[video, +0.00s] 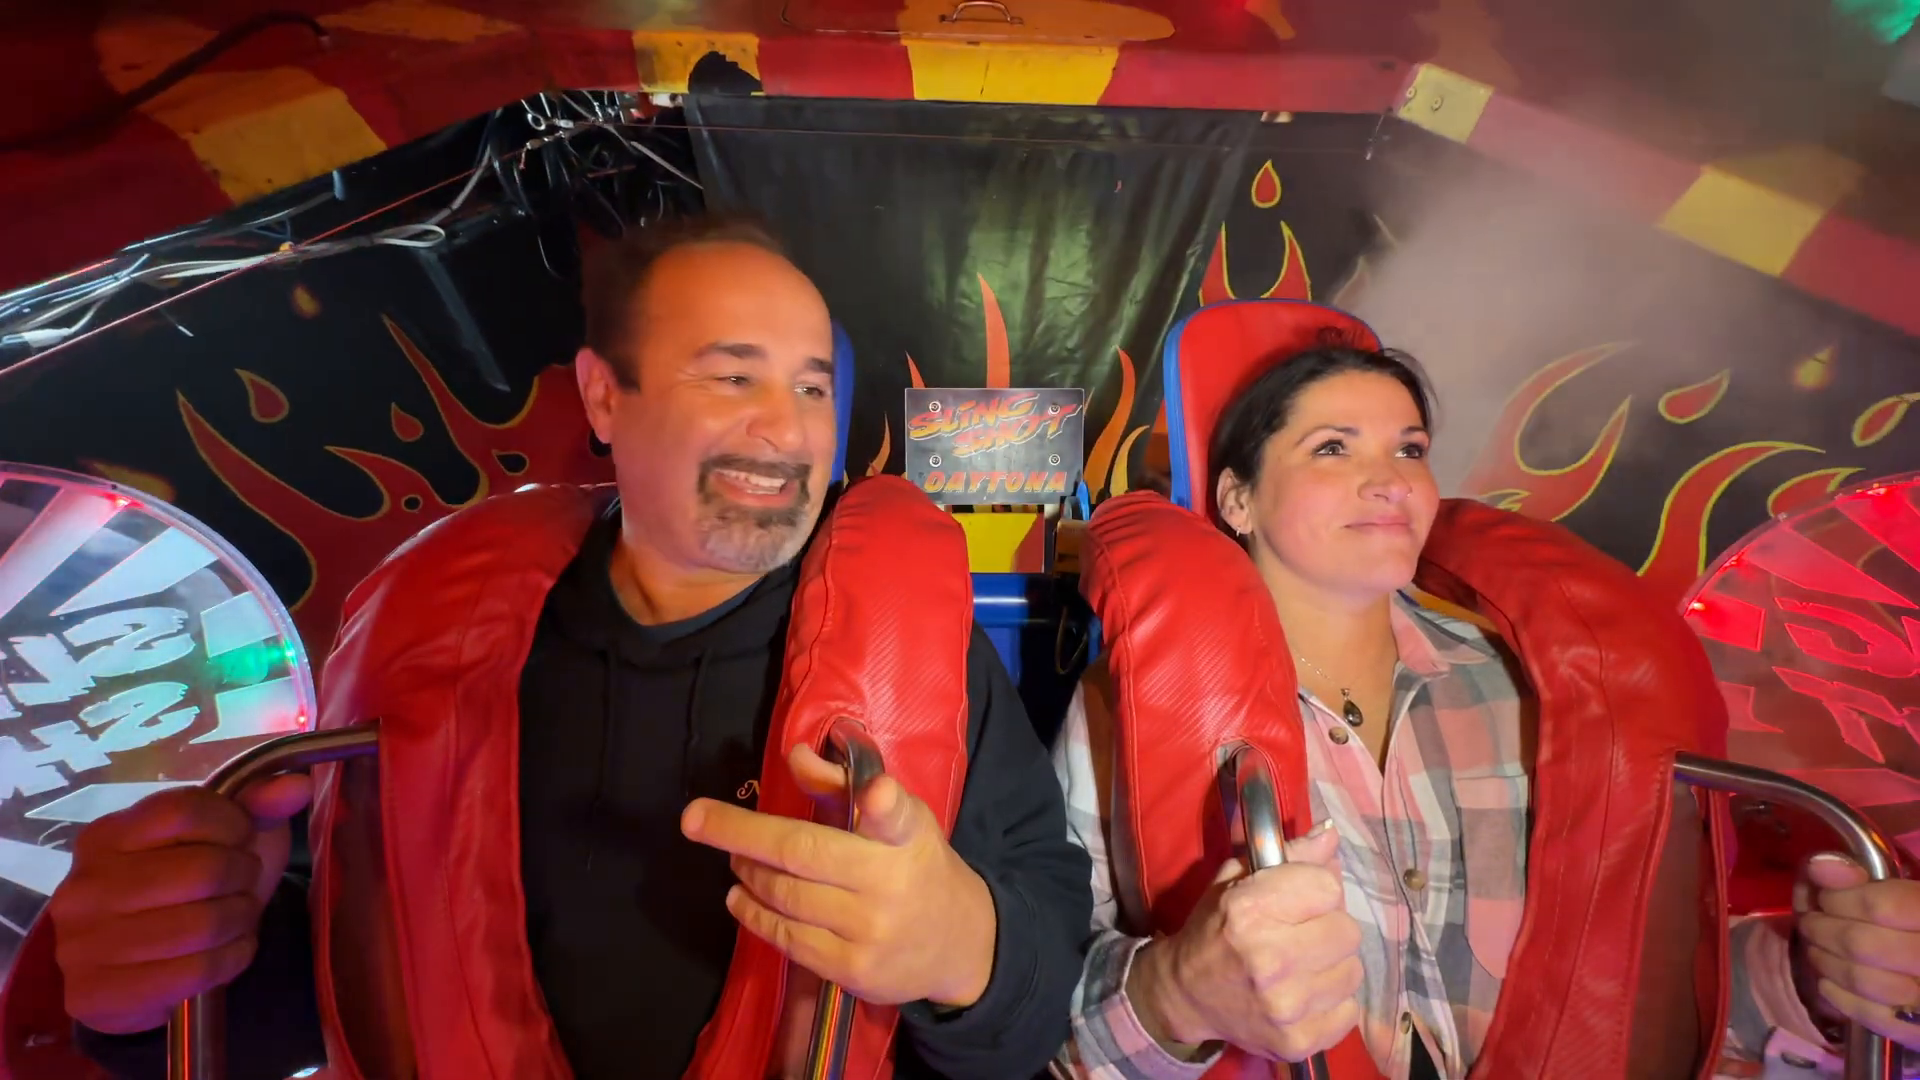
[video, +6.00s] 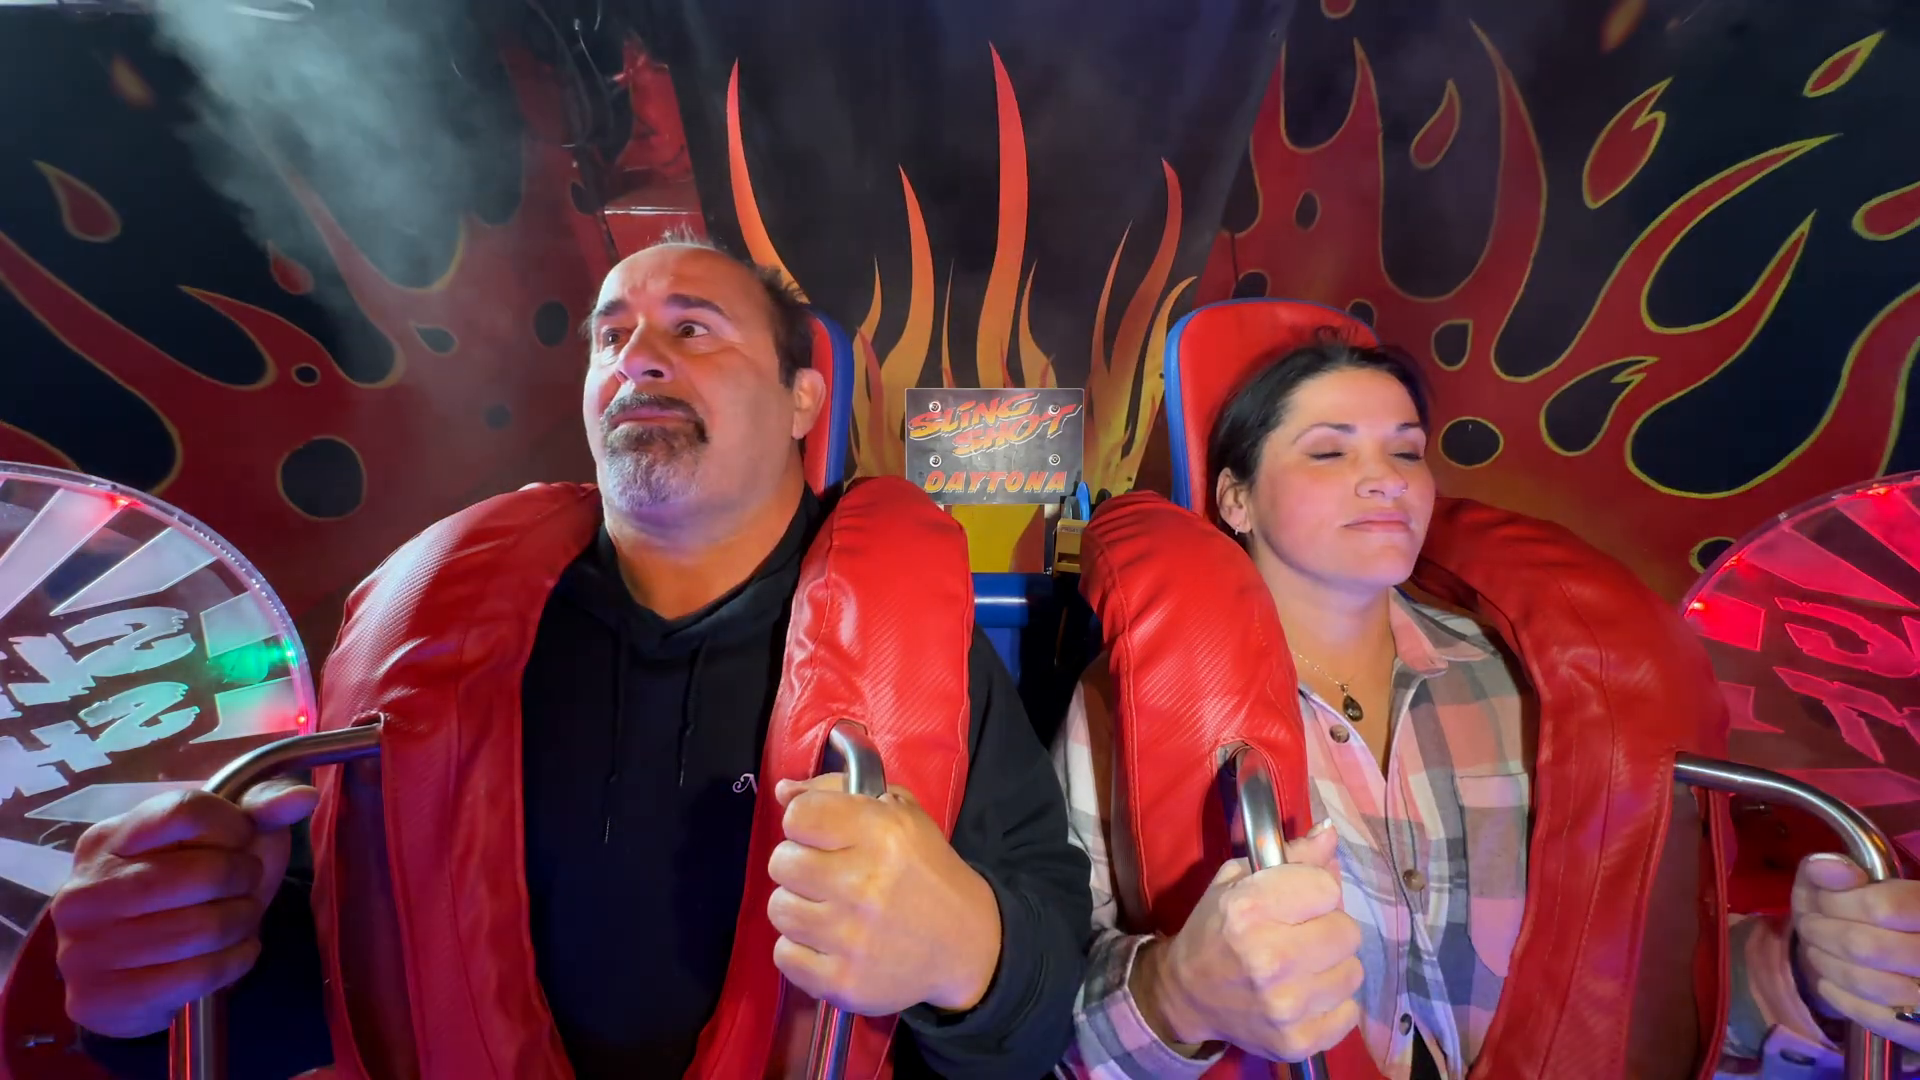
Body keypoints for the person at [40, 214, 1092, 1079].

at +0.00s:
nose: (784, 426)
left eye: (813, 386)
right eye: (730, 375)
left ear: (839, 421)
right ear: (604, 404)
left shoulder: (927, 664)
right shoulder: (433, 628)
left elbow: (1042, 1002)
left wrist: (972, 949)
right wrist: (112, 976)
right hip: (482, 1061)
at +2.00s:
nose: (674, 403)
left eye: (728, 362)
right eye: (629, 366)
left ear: (805, 418)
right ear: (572, 426)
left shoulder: (927, 654)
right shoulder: (416, 634)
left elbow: (1044, 1012)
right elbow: (295, 990)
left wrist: (980, 949)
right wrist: (109, 985)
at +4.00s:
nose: (623, 478)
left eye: (680, 419)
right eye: (588, 421)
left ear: (791, 416)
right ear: (549, 427)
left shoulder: (925, 644)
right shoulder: (419, 623)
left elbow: (1048, 1008)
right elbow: (303, 977)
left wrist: (981, 948)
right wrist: (106, 988)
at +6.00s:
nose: (638, 353)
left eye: (697, 322)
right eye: (612, 334)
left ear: (807, 404)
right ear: (582, 413)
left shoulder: (923, 661)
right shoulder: (425, 630)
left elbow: (1043, 1006)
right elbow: (309, 982)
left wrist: (979, 958)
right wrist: (107, 980)